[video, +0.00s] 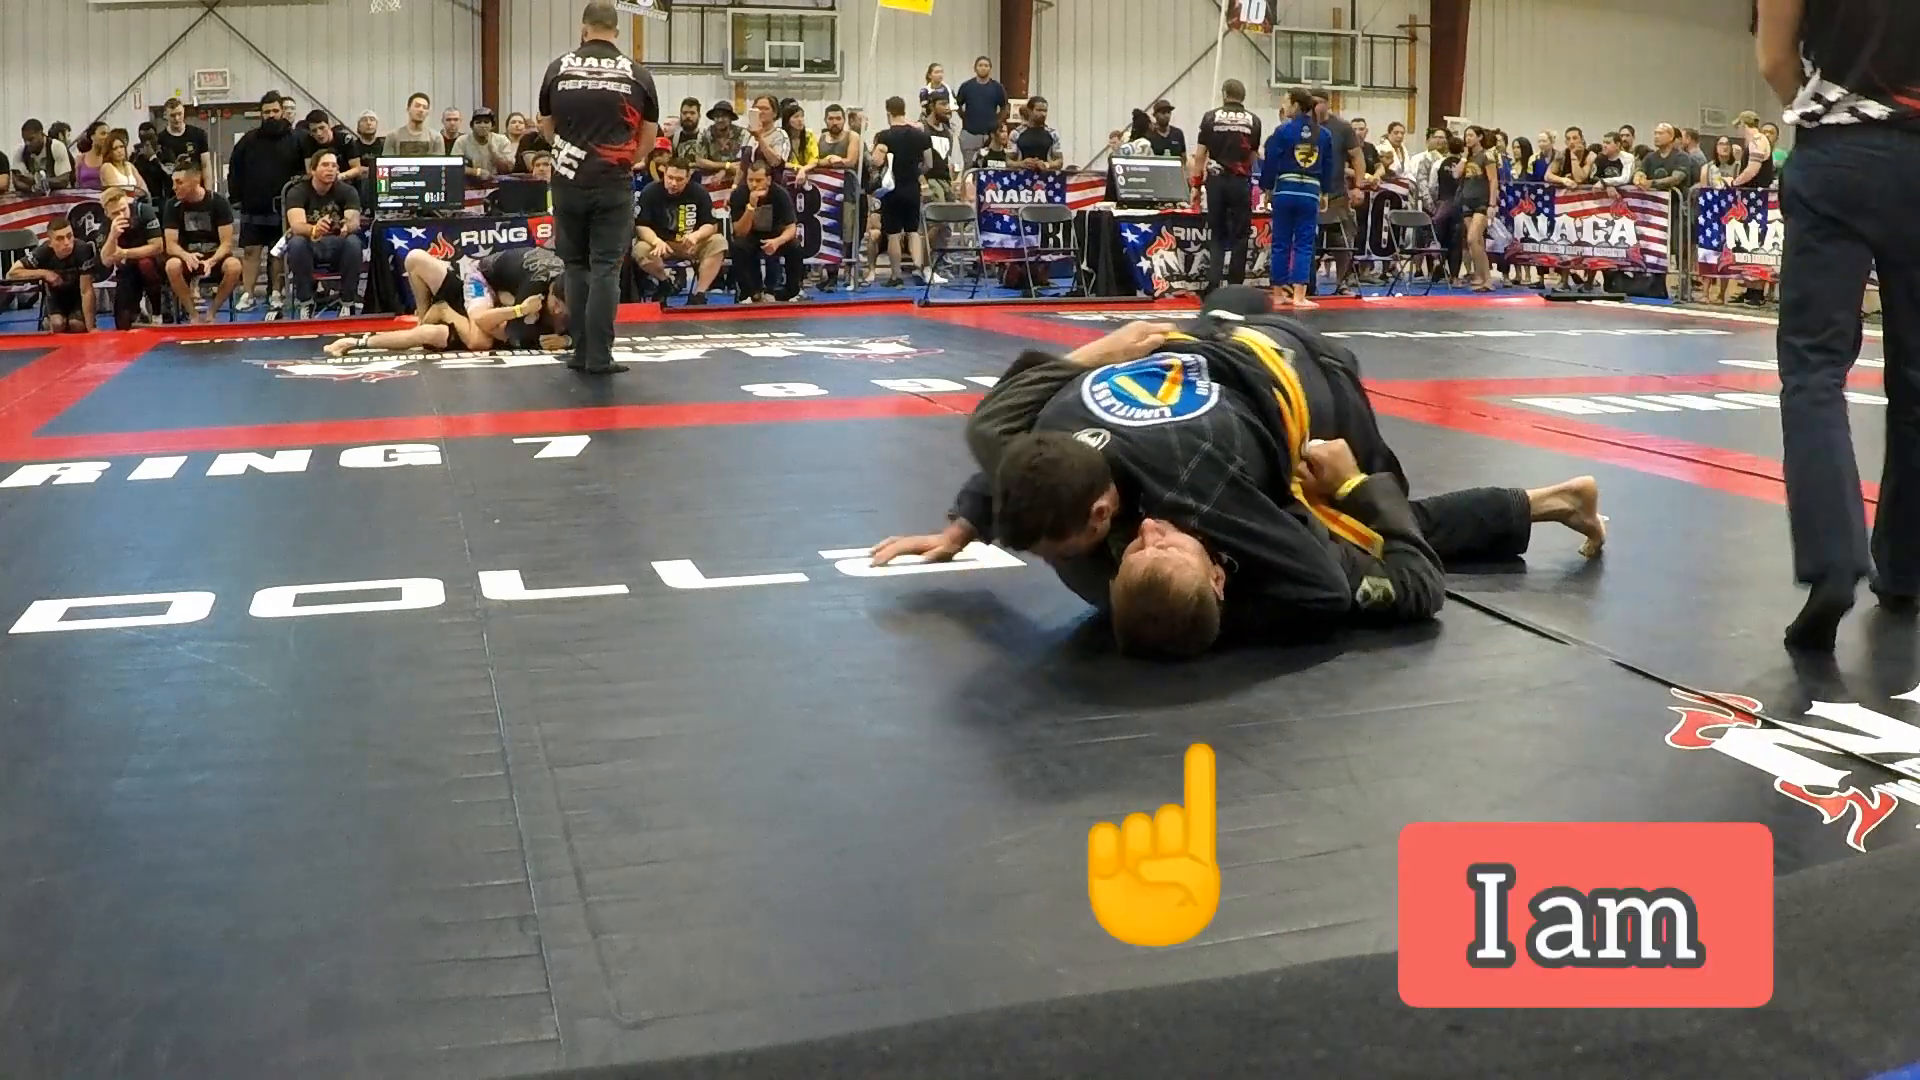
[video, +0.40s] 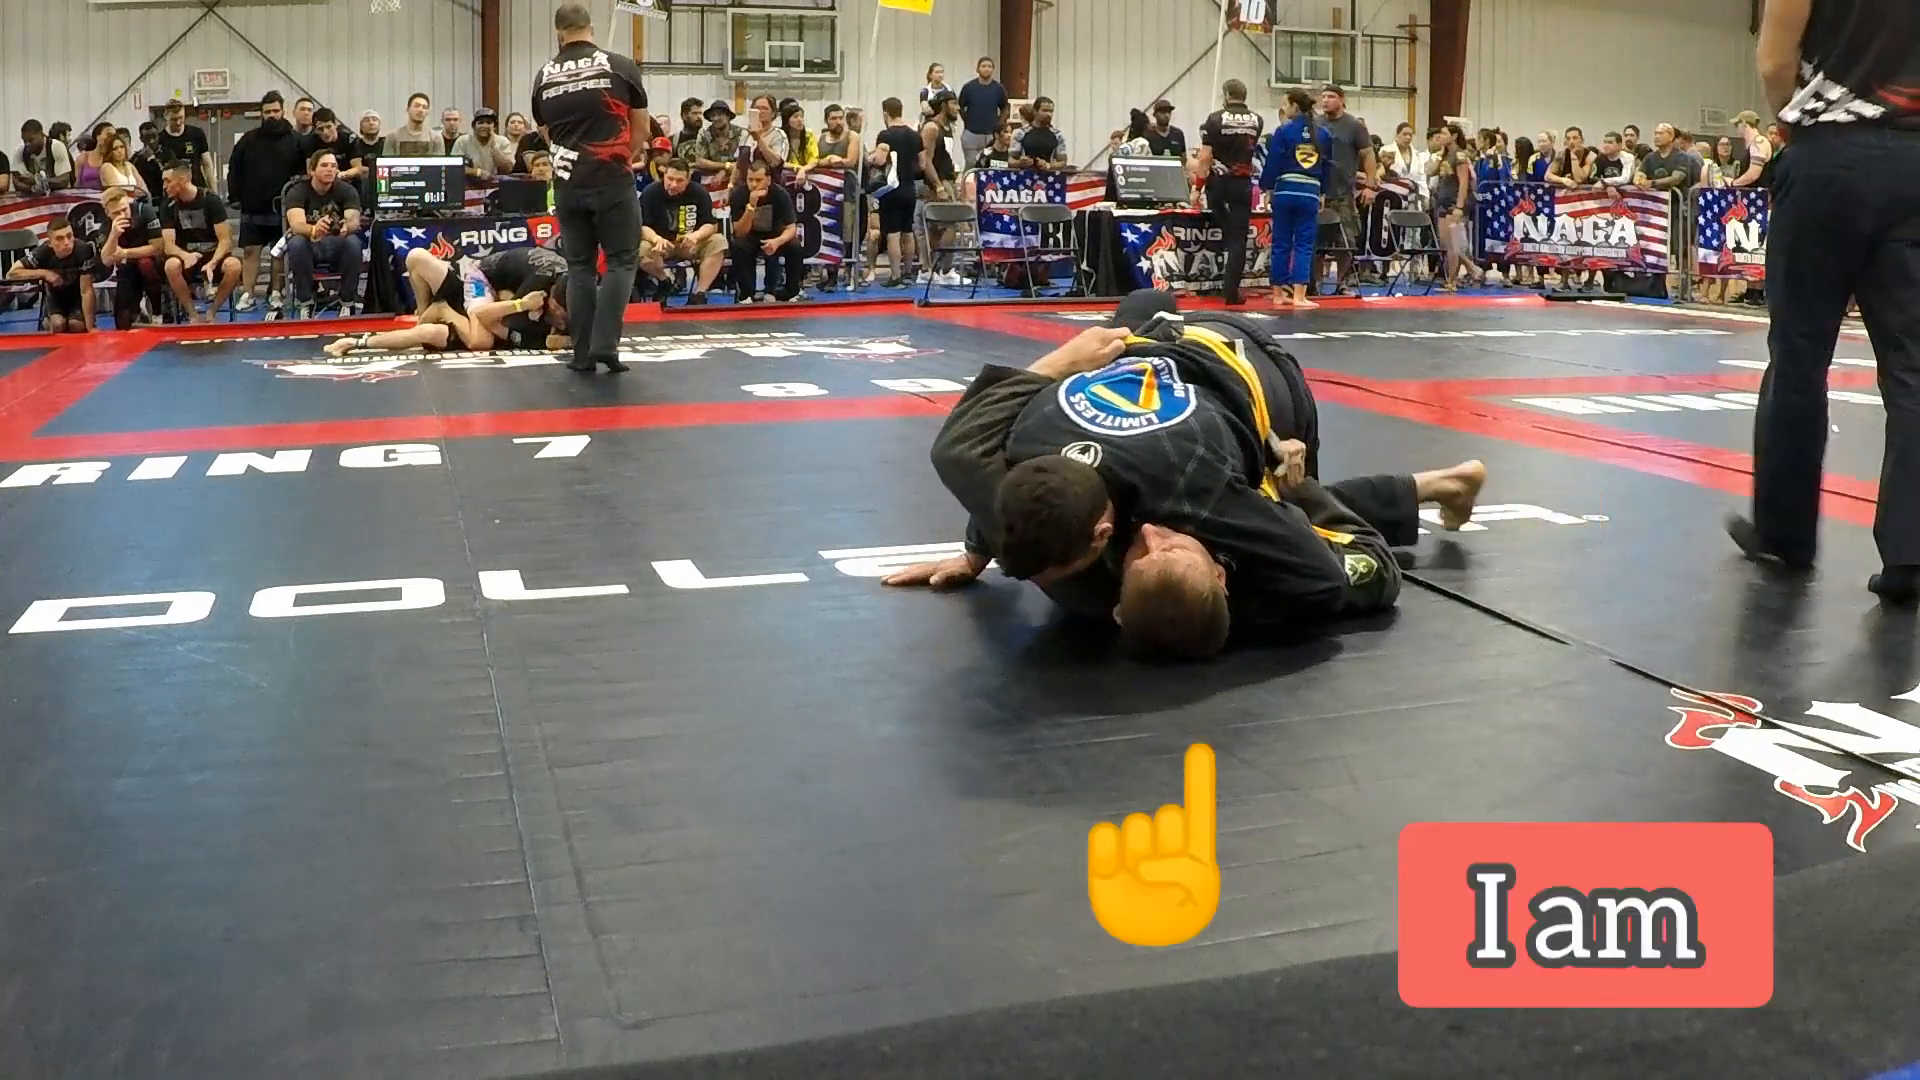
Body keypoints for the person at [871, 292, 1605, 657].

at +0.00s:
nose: (1169, 550)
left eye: (1070, 551)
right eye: (1180, 556)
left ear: (1108, 517)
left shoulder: (1225, 523)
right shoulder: (1031, 446)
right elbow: (1002, 485)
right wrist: (958, 528)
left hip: (1299, 383)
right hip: (1226, 351)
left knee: (1394, 523)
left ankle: (1553, 504)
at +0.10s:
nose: (1047, 568)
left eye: (1060, 566)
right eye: (1032, 561)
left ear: (1103, 525)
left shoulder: (1208, 513)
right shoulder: (998, 475)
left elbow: (1347, 572)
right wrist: (953, 557)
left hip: (1277, 374)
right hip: (1192, 350)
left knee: (1391, 523)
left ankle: (1546, 500)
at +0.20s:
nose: (1042, 581)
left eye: (1056, 574)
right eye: (1027, 573)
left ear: (1098, 533)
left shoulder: (1213, 517)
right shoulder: (995, 483)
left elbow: (1359, 565)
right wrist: (958, 558)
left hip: (1256, 373)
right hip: (1164, 342)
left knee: (1345, 515)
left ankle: (1496, 514)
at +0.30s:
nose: (1039, 582)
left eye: (1050, 572)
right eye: (1026, 574)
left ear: (1092, 536)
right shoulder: (983, 474)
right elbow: (1369, 581)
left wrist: (1061, 348)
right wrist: (966, 557)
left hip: (1259, 383)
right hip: (1166, 335)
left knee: (1328, 517)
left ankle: (1459, 506)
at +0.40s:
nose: (1040, 585)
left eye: (1054, 575)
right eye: (1028, 575)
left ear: (1107, 537)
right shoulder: (992, 470)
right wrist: (974, 557)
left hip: (1260, 382)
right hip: (1161, 332)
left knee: (1302, 499)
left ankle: (1435, 489)